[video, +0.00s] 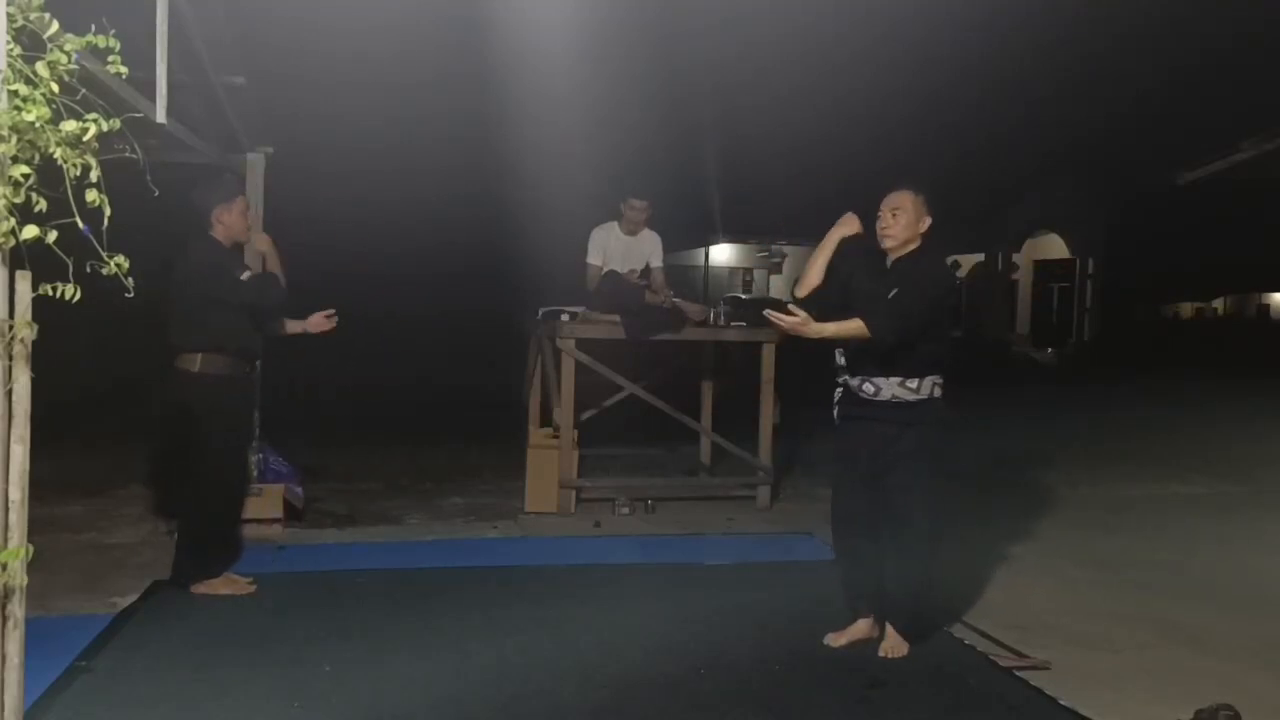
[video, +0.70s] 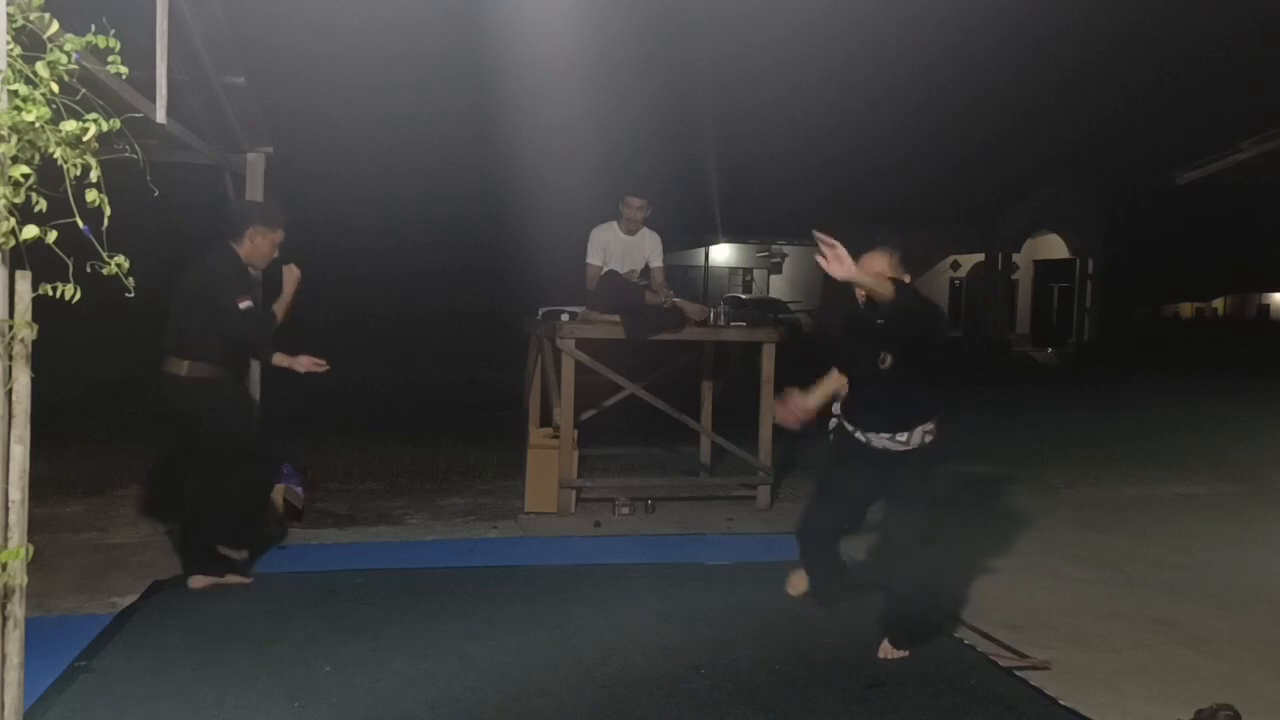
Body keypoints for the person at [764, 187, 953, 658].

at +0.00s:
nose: (884, 221)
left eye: (895, 213)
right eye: (880, 215)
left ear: (924, 224)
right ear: (875, 224)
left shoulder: (935, 274)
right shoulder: (860, 263)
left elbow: (889, 324)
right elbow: (806, 296)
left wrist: (818, 330)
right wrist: (833, 237)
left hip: (911, 415)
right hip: (857, 411)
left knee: (905, 517)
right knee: (852, 513)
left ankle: (899, 625)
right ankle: (864, 616)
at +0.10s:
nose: (883, 225)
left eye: (895, 217)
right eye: (880, 218)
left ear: (923, 226)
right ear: (875, 227)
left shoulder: (933, 277)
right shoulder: (864, 266)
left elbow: (883, 325)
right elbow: (807, 278)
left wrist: (814, 336)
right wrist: (842, 229)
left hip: (916, 414)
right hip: (861, 408)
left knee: (909, 518)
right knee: (842, 505)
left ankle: (900, 620)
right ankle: (851, 597)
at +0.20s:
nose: (881, 232)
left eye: (892, 224)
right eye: (878, 225)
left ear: (919, 231)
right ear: (872, 229)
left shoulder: (932, 282)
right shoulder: (863, 270)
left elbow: (879, 330)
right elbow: (807, 282)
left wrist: (808, 346)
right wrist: (843, 234)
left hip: (920, 414)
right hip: (865, 407)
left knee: (911, 519)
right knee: (844, 474)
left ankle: (897, 624)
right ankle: (861, 537)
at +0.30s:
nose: (876, 245)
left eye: (888, 237)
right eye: (872, 237)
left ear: (915, 243)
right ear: (867, 240)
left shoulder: (925, 293)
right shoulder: (861, 278)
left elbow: (876, 350)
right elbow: (812, 319)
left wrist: (807, 354)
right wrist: (830, 256)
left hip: (916, 422)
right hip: (864, 413)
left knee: (909, 526)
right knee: (842, 475)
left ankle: (901, 630)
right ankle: (871, 523)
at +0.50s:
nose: (862, 271)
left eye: (873, 263)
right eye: (858, 264)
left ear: (902, 269)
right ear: (855, 269)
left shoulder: (922, 318)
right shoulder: (857, 313)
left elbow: (901, 392)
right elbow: (830, 380)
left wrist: (838, 366)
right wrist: (829, 334)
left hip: (916, 446)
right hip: (864, 440)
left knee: (905, 545)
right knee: (844, 539)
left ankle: (899, 631)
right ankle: (853, 627)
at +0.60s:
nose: (863, 280)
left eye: (873, 272)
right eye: (858, 273)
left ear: (903, 276)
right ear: (855, 277)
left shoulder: (921, 315)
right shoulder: (858, 319)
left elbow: (878, 331)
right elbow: (838, 365)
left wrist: (821, 289)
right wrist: (833, 402)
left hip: (917, 450)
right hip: (863, 445)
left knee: (903, 541)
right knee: (836, 526)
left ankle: (898, 627)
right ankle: (849, 609)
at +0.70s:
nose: (862, 286)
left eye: (872, 276)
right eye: (857, 280)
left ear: (901, 277)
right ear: (855, 282)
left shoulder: (925, 319)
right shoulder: (858, 319)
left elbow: (895, 296)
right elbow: (845, 372)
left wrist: (857, 276)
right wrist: (809, 402)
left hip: (913, 455)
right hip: (856, 448)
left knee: (903, 547)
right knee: (817, 525)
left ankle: (902, 628)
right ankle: (824, 580)